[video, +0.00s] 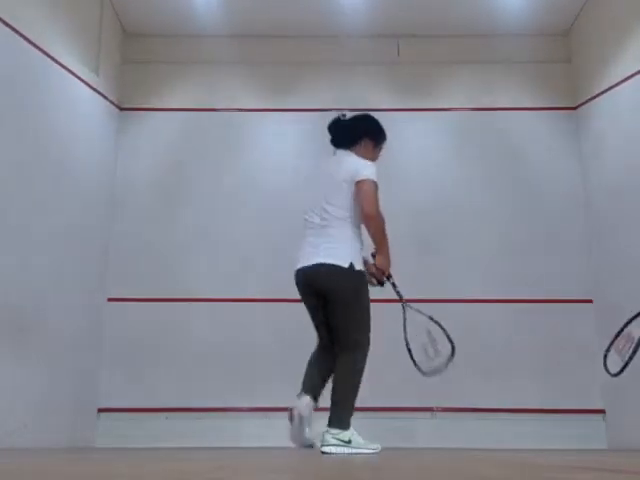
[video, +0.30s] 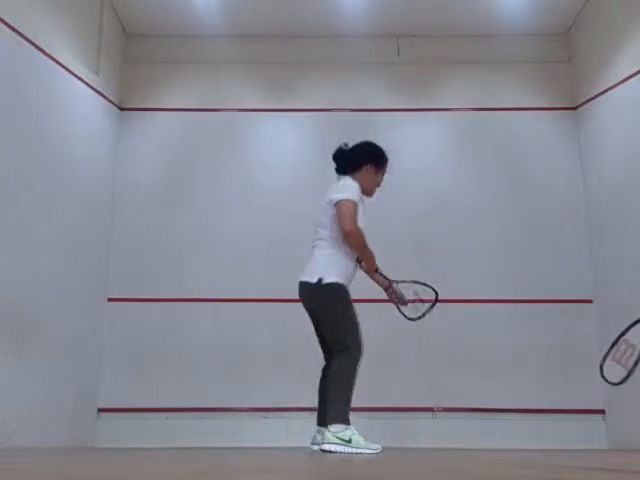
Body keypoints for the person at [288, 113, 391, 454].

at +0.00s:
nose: (377, 155)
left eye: (379, 148)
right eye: (377, 148)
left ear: (348, 143)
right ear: (364, 142)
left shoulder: (326, 168)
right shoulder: (361, 167)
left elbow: (334, 226)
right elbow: (369, 213)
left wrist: (363, 263)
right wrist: (383, 252)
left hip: (307, 270)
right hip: (341, 271)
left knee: (328, 343)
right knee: (354, 348)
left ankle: (305, 400)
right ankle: (338, 431)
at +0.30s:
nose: (379, 184)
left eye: (381, 177)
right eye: (379, 176)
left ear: (362, 169)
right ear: (366, 169)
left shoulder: (344, 193)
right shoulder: (347, 188)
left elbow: (356, 254)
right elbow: (348, 229)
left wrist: (387, 285)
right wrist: (365, 254)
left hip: (319, 283)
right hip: (326, 283)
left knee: (336, 354)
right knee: (348, 351)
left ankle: (325, 430)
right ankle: (337, 428)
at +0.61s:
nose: (381, 195)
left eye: (383, 190)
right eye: (381, 188)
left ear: (368, 183)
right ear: (366, 180)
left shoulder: (354, 218)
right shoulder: (341, 195)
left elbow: (364, 262)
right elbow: (316, 222)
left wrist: (392, 297)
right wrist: (339, 265)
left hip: (323, 292)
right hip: (304, 285)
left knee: (335, 355)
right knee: (304, 350)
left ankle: (326, 432)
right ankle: (272, 426)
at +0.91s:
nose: (370, 195)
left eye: (372, 189)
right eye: (369, 187)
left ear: (355, 182)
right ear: (353, 179)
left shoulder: (344, 222)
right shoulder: (325, 193)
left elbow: (362, 264)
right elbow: (287, 202)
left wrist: (397, 292)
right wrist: (283, 222)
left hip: (311, 294)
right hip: (289, 285)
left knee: (324, 354)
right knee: (286, 353)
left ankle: (325, 432)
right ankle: (270, 430)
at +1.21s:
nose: (364, 192)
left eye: (365, 187)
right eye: (362, 185)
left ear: (348, 182)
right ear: (346, 179)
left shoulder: (338, 219)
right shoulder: (327, 192)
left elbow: (360, 258)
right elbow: (308, 211)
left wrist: (391, 290)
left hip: (308, 291)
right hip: (290, 285)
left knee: (319, 356)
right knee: (287, 352)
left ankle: (322, 432)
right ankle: (268, 430)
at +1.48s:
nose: (358, 178)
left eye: (358, 172)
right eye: (357, 172)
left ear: (328, 174)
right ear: (348, 173)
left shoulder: (317, 201)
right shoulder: (346, 195)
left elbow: (299, 243)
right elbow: (366, 238)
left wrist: (283, 277)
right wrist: (358, 204)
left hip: (298, 287)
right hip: (316, 289)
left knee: (321, 356)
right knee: (323, 356)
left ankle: (322, 430)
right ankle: (278, 419)